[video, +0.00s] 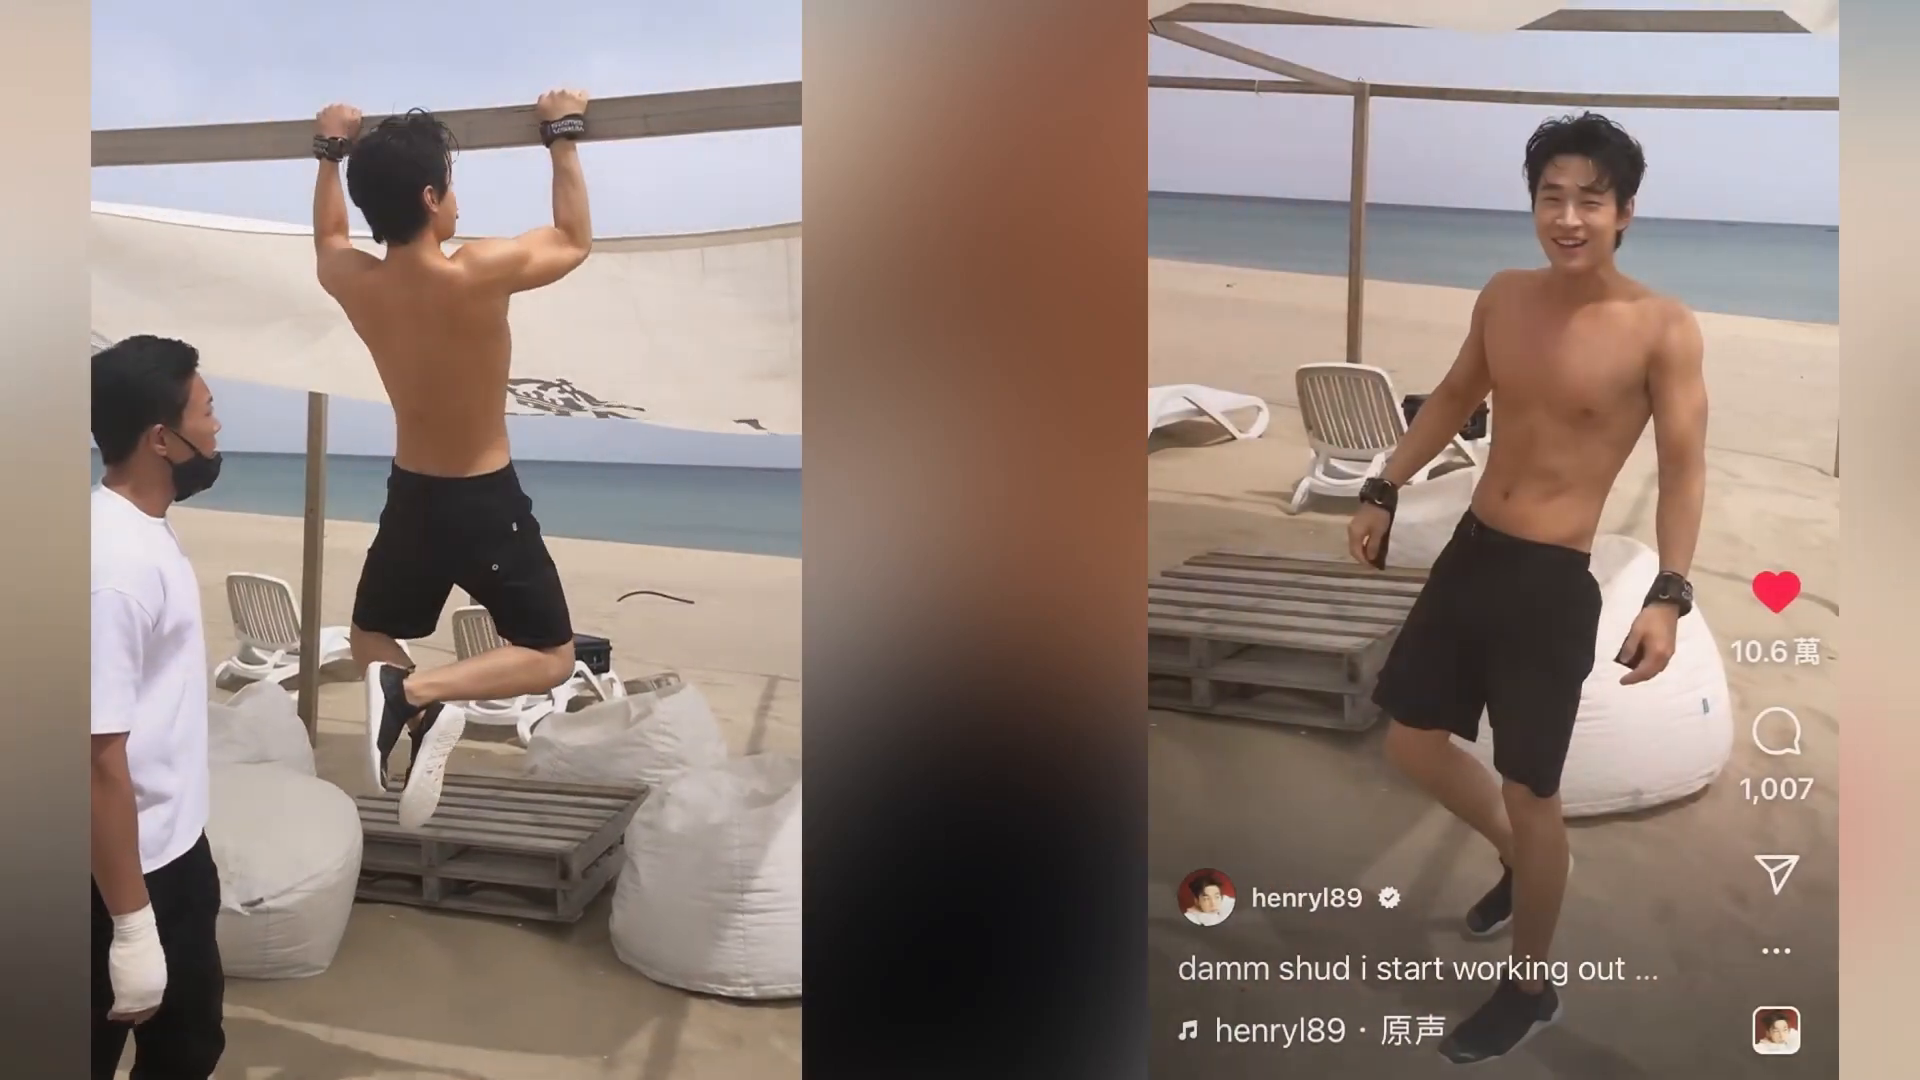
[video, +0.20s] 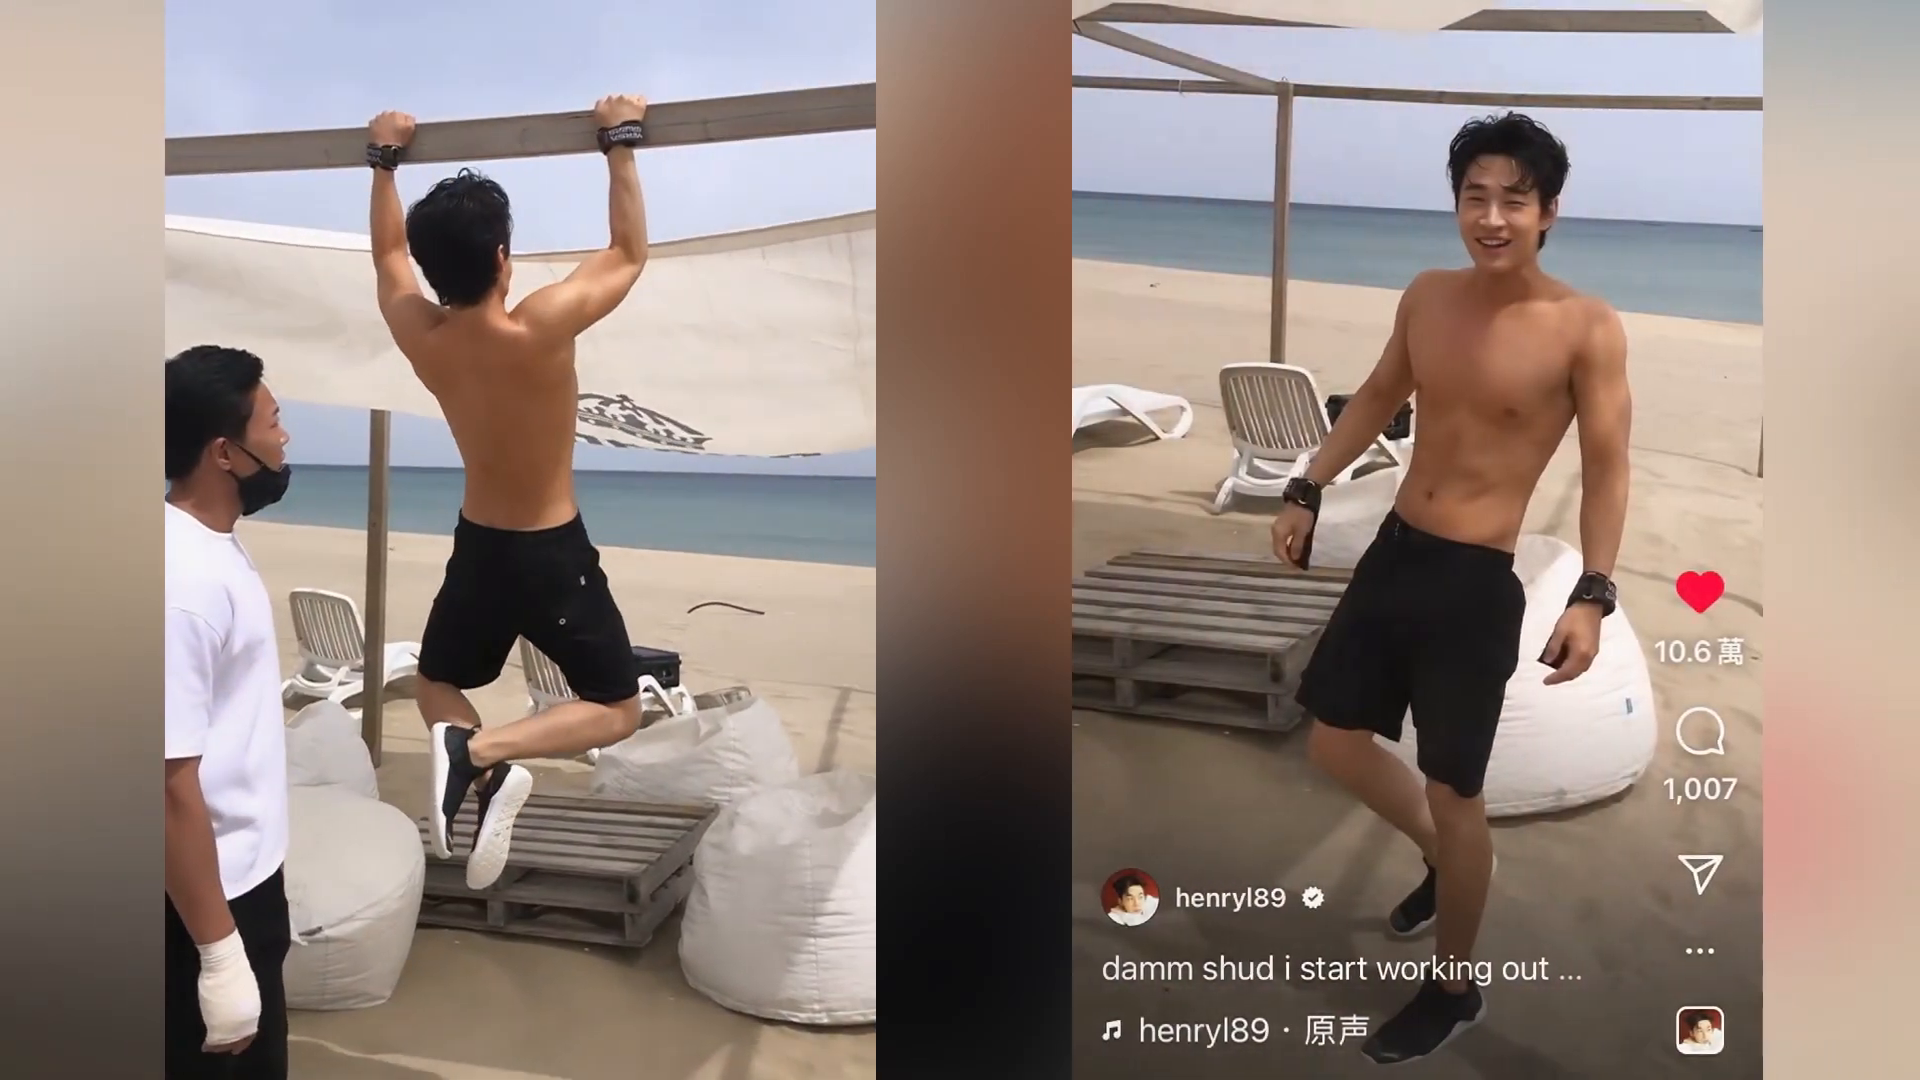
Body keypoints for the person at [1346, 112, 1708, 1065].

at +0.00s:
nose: (1567, 217)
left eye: (1589, 199)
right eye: (1551, 197)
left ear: (1625, 210)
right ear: (1532, 207)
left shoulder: (1661, 327)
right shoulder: (1505, 296)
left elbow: (1682, 469)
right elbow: (1457, 397)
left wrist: (1667, 596)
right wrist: (1382, 485)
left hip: (1553, 580)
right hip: (1471, 554)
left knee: (1529, 800)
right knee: (1411, 743)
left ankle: (1529, 982)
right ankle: (1523, 848)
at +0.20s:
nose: (1490, 216)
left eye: (1512, 198)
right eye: (1474, 197)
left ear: (1548, 210)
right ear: (1456, 208)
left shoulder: (1585, 328)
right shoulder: (1428, 296)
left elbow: (1606, 469)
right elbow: (1380, 397)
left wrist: (1591, 596)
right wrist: (1306, 484)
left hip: (1477, 579)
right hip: (1395, 554)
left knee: (1452, 801)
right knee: (1335, 744)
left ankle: (1454, 981)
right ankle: (1449, 847)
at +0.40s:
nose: (1451, 216)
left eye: (1473, 198)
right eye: (1435, 197)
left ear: (1508, 210)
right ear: (1416, 208)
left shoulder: (1545, 328)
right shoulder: (1388, 297)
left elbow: (1566, 468)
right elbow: (1340, 397)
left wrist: (1551, 596)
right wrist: (1267, 484)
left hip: (1438, 579)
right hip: (1356, 554)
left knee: (1413, 800)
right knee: (1296, 743)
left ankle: (1413, 982)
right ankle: (1408, 846)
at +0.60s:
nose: (1440, 216)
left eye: (1462, 198)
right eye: (1424, 197)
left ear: (1498, 210)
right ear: (1406, 208)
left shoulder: (1534, 328)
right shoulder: (1378, 297)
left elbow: (1556, 468)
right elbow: (1329, 397)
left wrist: (1540, 595)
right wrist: (1256, 484)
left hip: (1427, 579)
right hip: (1345, 554)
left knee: (1402, 799)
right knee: (1284, 742)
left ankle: (1402, 982)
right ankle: (1398, 847)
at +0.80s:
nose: (1440, 216)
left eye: (1462, 198)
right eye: (1424, 197)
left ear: (1498, 210)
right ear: (1405, 208)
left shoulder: (1534, 328)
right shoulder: (1378, 297)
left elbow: (1556, 468)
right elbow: (1330, 397)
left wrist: (1541, 595)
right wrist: (1256, 483)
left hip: (1426, 579)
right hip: (1345, 553)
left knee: (1402, 800)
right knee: (1284, 742)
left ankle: (1403, 981)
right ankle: (1399, 847)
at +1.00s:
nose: (1440, 216)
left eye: (1462, 198)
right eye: (1424, 197)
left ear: (1498, 210)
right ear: (1406, 208)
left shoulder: (1534, 328)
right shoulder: (1378, 297)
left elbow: (1556, 468)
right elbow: (1330, 397)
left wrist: (1540, 595)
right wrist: (1256, 484)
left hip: (1427, 579)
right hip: (1345, 554)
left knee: (1402, 799)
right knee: (1284, 742)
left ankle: (1402, 982)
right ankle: (1398, 847)